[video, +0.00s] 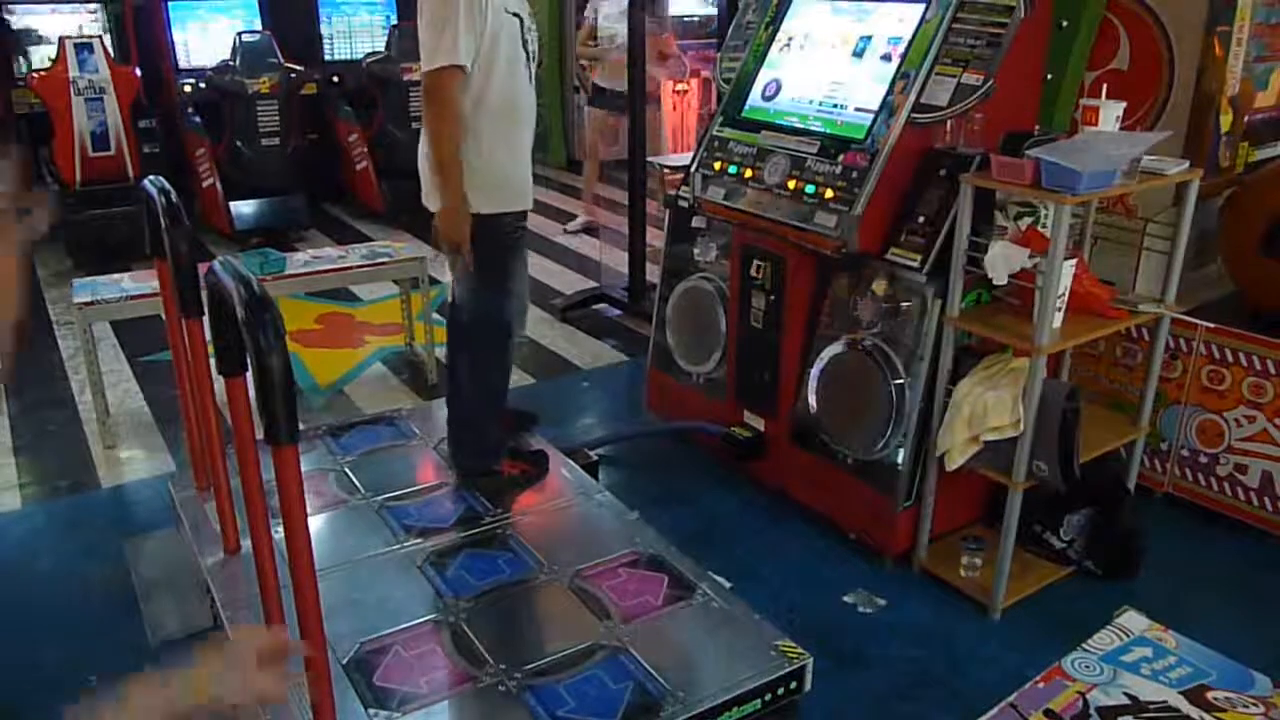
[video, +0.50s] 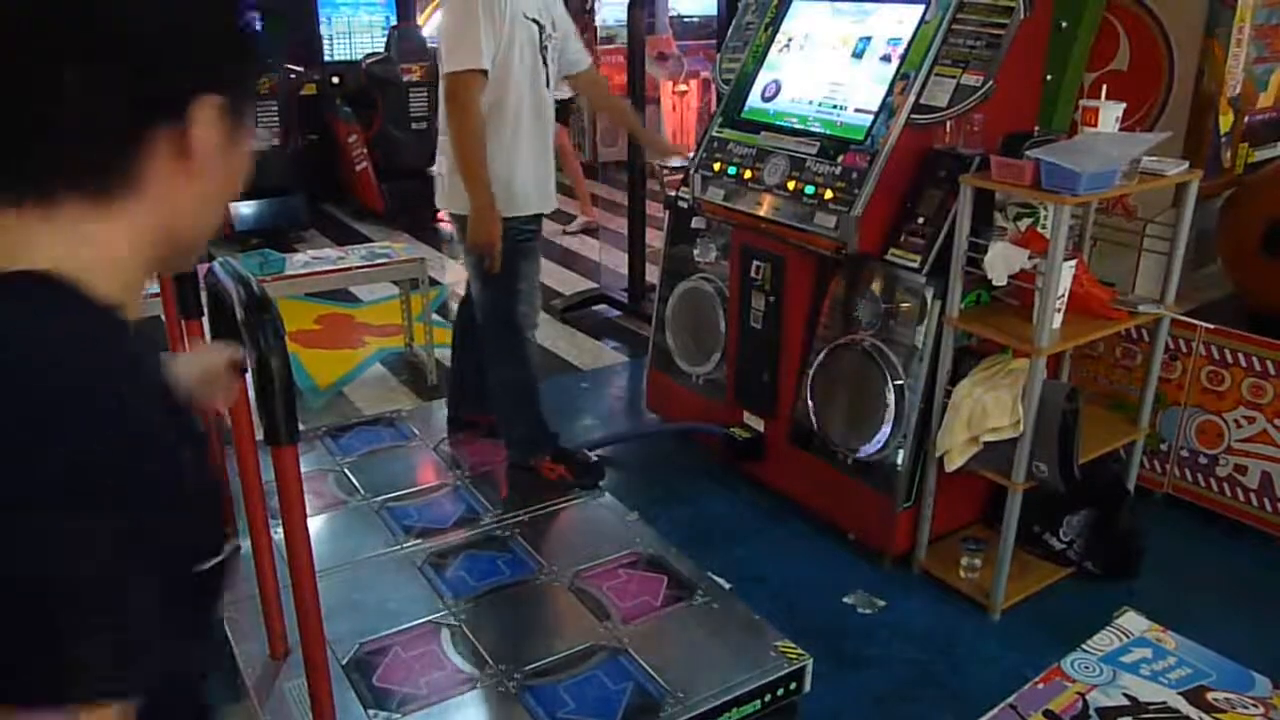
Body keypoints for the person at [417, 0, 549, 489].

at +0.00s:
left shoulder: (509, 7)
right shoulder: (453, 4)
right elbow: (440, 88)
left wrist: (509, 187)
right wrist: (452, 201)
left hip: (503, 193)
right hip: (478, 199)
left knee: (496, 320)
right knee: (482, 329)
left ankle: (488, 418)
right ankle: (477, 463)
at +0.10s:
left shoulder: (510, 7)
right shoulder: (456, 4)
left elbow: (495, 93)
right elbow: (443, 91)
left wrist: (512, 191)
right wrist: (458, 200)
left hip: (496, 192)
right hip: (481, 197)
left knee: (474, 312)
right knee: (502, 321)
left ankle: (478, 420)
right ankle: (480, 456)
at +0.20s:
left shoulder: (515, 7)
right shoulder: (459, 4)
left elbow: (504, 90)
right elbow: (447, 89)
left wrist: (518, 181)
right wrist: (459, 196)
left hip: (494, 189)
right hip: (481, 196)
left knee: (471, 317)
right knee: (502, 323)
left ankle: (472, 431)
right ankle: (490, 454)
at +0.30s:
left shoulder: (534, 8)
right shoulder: (465, 4)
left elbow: (547, 92)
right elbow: (449, 93)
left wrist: (581, 163)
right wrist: (463, 197)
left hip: (501, 185)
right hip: (474, 191)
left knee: (468, 314)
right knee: (501, 324)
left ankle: (468, 425)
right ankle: (519, 456)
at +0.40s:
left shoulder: (546, 8)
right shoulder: (471, 4)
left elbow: (569, 89)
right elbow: (455, 91)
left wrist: (624, 157)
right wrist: (471, 202)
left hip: (511, 189)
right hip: (475, 193)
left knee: (474, 309)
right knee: (503, 325)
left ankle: (468, 413)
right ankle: (530, 449)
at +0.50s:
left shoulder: (550, 8)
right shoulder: (473, 5)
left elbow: (590, 82)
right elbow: (461, 98)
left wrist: (648, 137)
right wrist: (481, 203)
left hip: (524, 190)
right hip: (489, 195)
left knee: (485, 310)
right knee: (512, 327)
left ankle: (470, 412)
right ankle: (531, 452)